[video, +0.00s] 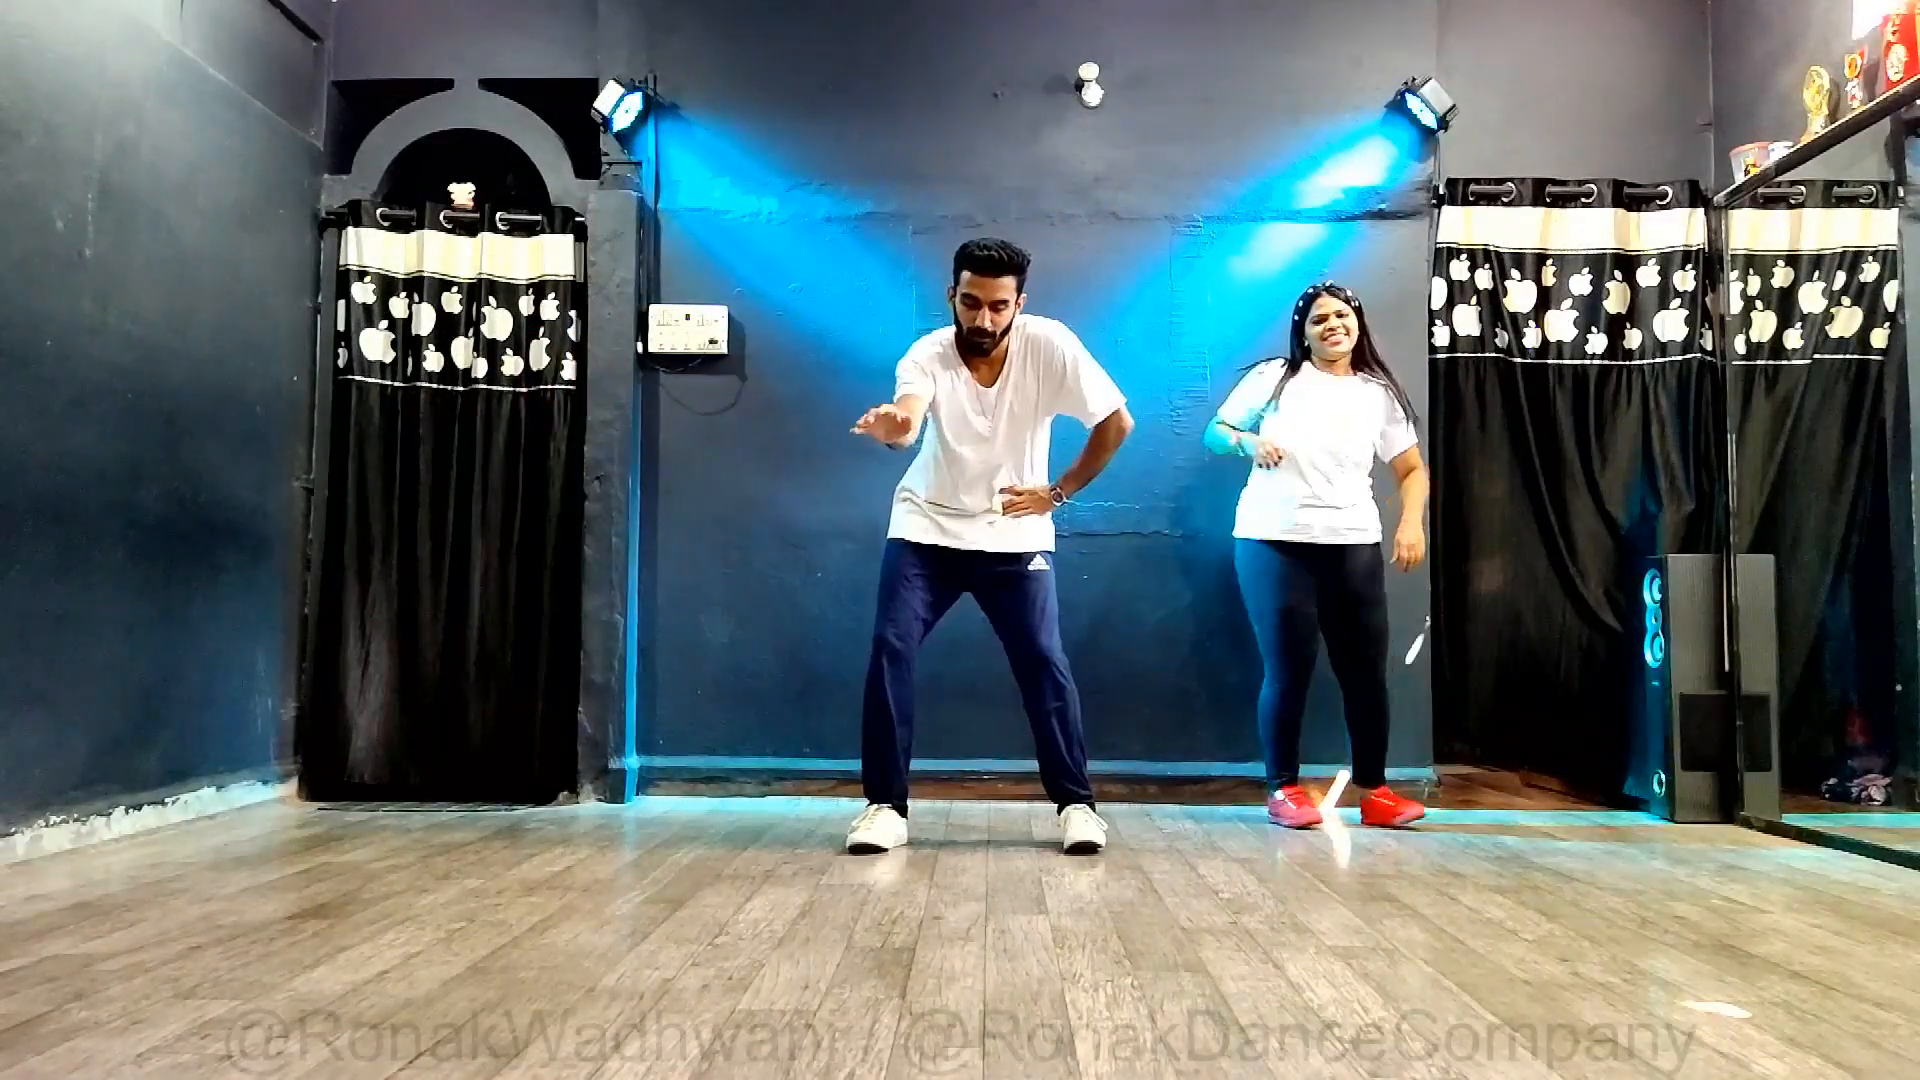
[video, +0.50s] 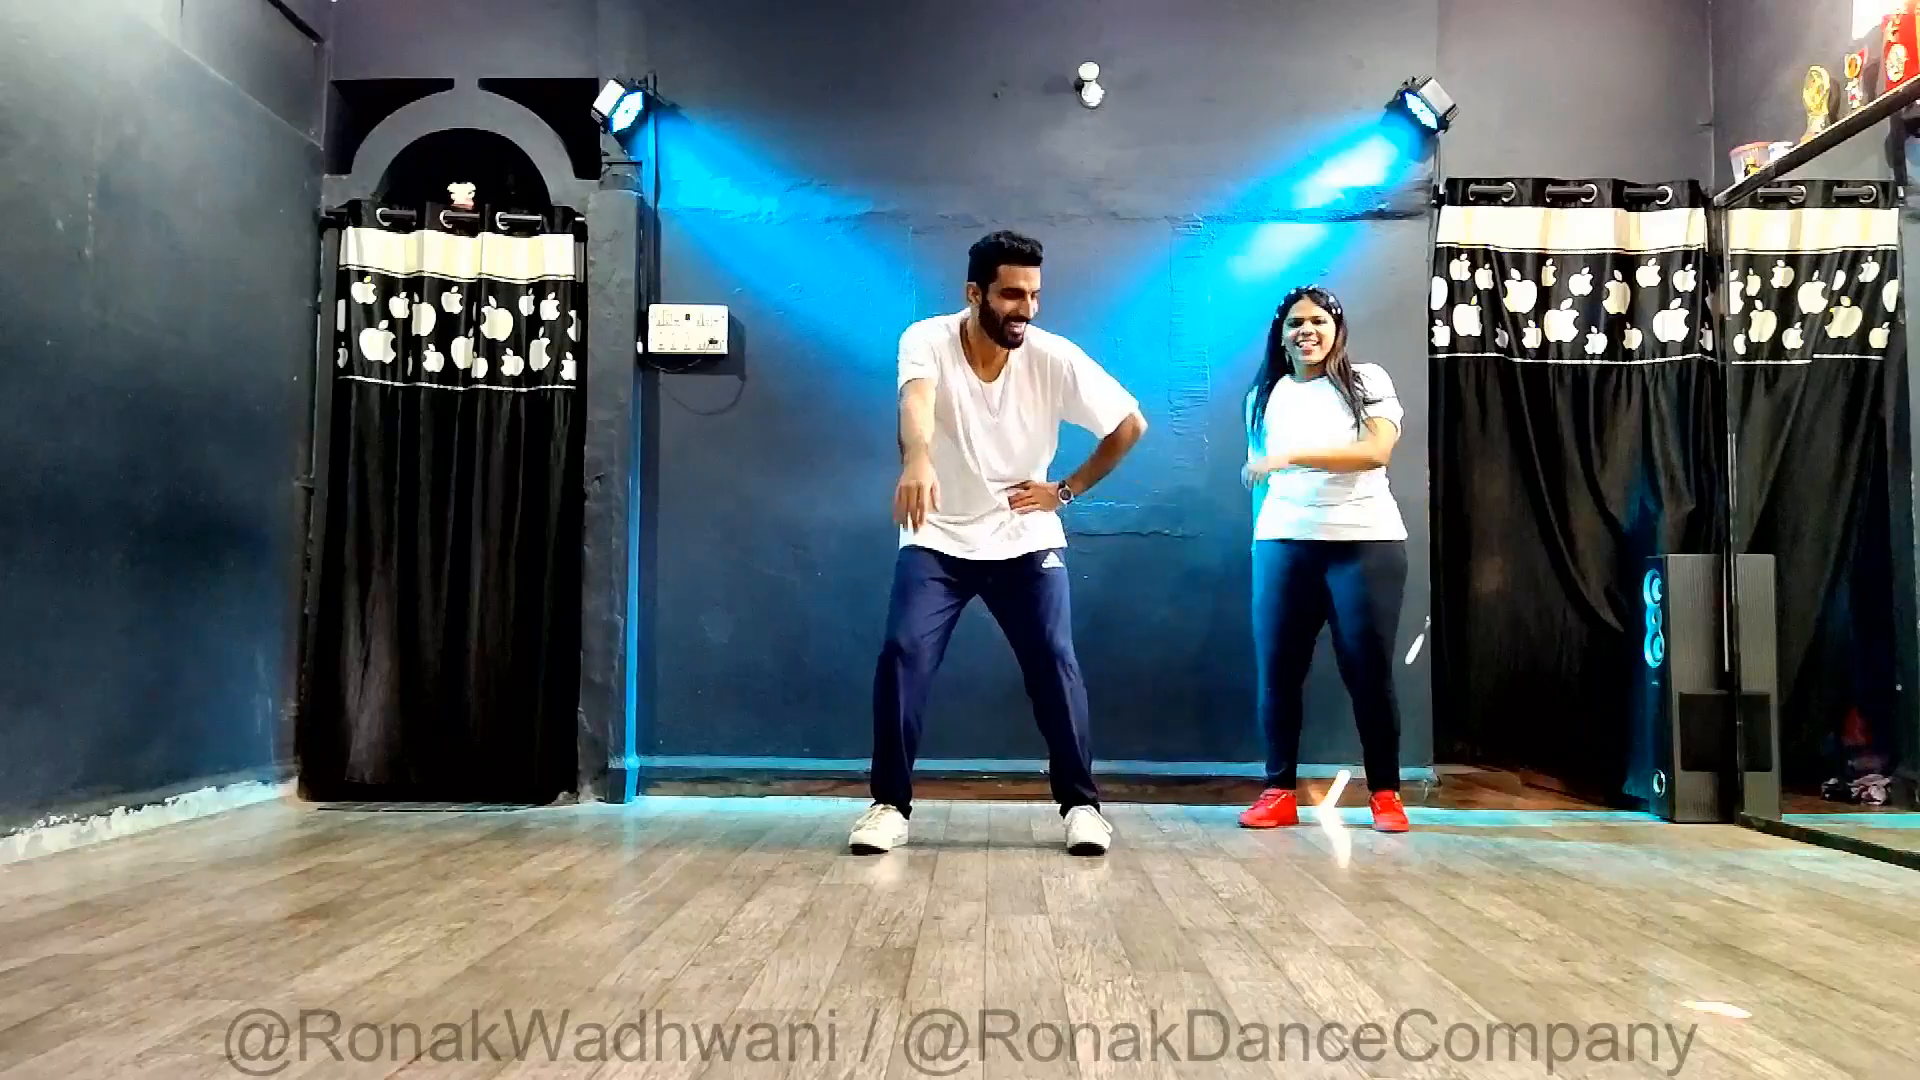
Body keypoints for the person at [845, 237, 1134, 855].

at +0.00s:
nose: (984, 319)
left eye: (999, 306)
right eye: (972, 303)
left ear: (1019, 302)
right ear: (954, 296)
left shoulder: (1049, 344)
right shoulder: (927, 356)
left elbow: (1116, 423)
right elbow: (906, 417)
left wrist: (1059, 492)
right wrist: (892, 428)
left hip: (1014, 525)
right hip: (928, 520)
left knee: (1044, 657)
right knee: (892, 643)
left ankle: (1075, 804)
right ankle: (885, 807)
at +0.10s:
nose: (992, 329)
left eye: (1007, 316)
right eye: (982, 313)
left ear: (1027, 313)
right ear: (962, 305)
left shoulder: (1057, 361)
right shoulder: (931, 366)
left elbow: (1129, 434)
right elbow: (915, 408)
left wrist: (1070, 499)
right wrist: (914, 438)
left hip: (1027, 536)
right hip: (938, 531)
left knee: (1055, 656)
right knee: (896, 646)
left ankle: (1079, 805)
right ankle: (886, 806)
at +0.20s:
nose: (1002, 333)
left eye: (1017, 320)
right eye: (991, 317)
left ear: (1036, 320)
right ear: (971, 309)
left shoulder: (1067, 373)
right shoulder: (935, 368)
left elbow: (1139, 439)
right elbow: (915, 431)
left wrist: (1075, 502)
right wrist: (926, 444)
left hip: (1034, 542)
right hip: (943, 537)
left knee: (1062, 656)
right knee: (900, 650)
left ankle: (1080, 805)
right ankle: (888, 806)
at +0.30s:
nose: (1015, 340)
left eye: (1030, 327)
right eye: (1004, 323)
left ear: (1047, 327)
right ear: (984, 314)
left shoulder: (1072, 386)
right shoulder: (942, 370)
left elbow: (1148, 445)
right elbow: (916, 438)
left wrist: (1079, 506)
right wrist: (939, 431)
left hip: (1042, 547)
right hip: (950, 545)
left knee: (1072, 655)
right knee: (905, 651)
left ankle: (1082, 806)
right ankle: (891, 807)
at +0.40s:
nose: (1015, 336)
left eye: (1031, 324)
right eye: (1004, 320)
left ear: (1047, 324)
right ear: (983, 312)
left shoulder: (1068, 385)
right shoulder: (940, 363)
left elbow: (1145, 444)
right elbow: (923, 408)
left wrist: (1077, 504)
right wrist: (935, 423)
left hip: (1040, 549)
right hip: (947, 547)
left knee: (1073, 656)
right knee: (904, 652)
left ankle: (1082, 804)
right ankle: (890, 806)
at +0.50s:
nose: (1025, 308)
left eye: (1033, 296)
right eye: (1011, 295)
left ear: (1039, 296)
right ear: (975, 292)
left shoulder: (1054, 357)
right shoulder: (926, 340)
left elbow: (1129, 424)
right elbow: (917, 399)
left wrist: (1067, 488)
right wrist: (916, 460)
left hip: (1024, 534)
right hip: (938, 532)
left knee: (1054, 655)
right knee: (904, 649)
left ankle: (1080, 805)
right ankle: (889, 806)